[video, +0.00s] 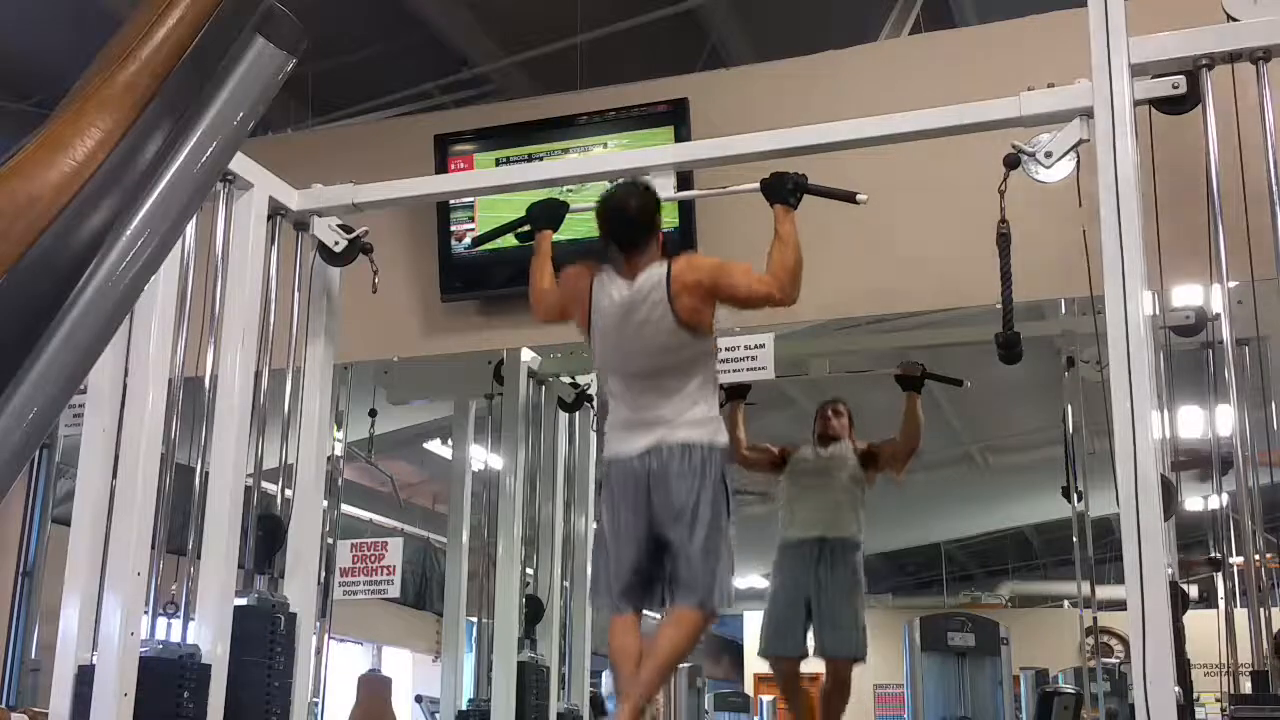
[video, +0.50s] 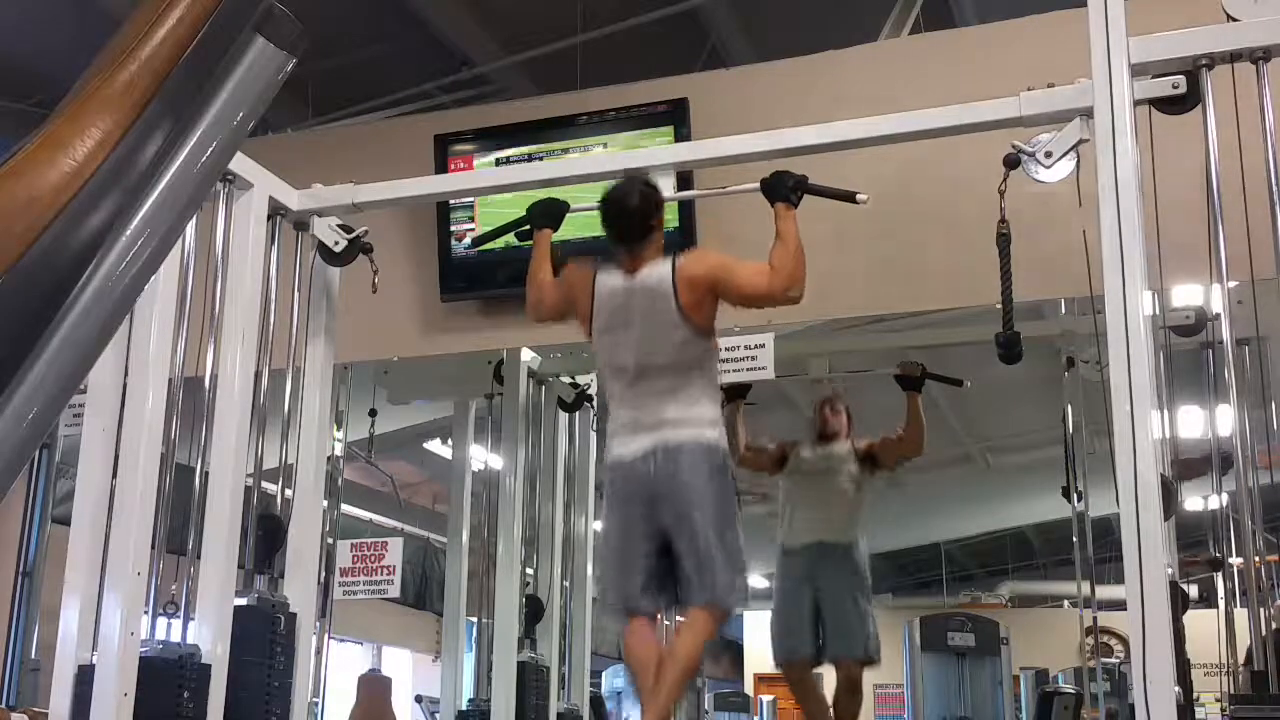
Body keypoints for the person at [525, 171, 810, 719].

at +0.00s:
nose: (659, 224)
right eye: (657, 218)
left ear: (605, 235)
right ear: (660, 226)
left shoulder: (588, 285)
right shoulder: (693, 273)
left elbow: (543, 302)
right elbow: (781, 288)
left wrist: (542, 238)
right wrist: (785, 210)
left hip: (622, 458)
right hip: (691, 452)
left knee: (622, 601)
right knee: (696, 596)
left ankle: (630, 715)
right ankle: (631, 708)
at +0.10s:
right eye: (656, 182)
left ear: (607, 202)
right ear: (660, 193)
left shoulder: (584, 257)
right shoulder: (697, 244)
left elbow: (540, 305)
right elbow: (781, 282)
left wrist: (540, 234)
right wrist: (784, 208)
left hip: (626, 427)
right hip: (692, 422)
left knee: (628, 571)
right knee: (696, 565)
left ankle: (642, 698)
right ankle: (628, 695)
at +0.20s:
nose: (664, 157)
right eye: (662, 151)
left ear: (609, 177)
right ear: (663, 166)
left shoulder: (586, 231)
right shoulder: (698, 222)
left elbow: (541, 300)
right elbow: (775, 278)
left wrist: (539, 230)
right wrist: (785, 208)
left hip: (630, 401)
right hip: (695, 395)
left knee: (635, 546)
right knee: (699, 541)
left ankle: (656, 681)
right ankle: (638, 676)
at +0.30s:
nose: (669, 155)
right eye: (667, 149)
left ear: (612, 175)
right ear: (665, 163)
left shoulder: (588, 228)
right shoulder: (700, 217)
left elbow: (544, 300)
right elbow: (775, 277)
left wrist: (540, 232)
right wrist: (785, 205)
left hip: (630, 395)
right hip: (695, 389)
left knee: (640, 544)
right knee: (701, 537)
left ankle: (660, 682)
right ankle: (642, 674)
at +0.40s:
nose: (665, 180)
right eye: (664, 173)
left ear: (611, 195)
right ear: (664, 186)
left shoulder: (587, 250)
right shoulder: (698, 240)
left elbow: (539, 305)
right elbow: (782, 279)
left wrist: (540, 235)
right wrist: (785, 206)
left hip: (627, 419)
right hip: (693, 413)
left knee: (642, 571)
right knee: (706, 563)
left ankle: (660, 701)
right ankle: (648, 695)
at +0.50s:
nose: (662, 217)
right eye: (660, 211)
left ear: (609, 230)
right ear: (661, 221)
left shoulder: (588, 284)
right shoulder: (696, 269)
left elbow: (540, 301)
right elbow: (785, 284)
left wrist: (542, 236)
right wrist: (786, 208)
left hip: (626, 464)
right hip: (693, 456)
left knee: (637, 607)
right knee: (708, 599)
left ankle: (656, 718)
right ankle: (653, 715)